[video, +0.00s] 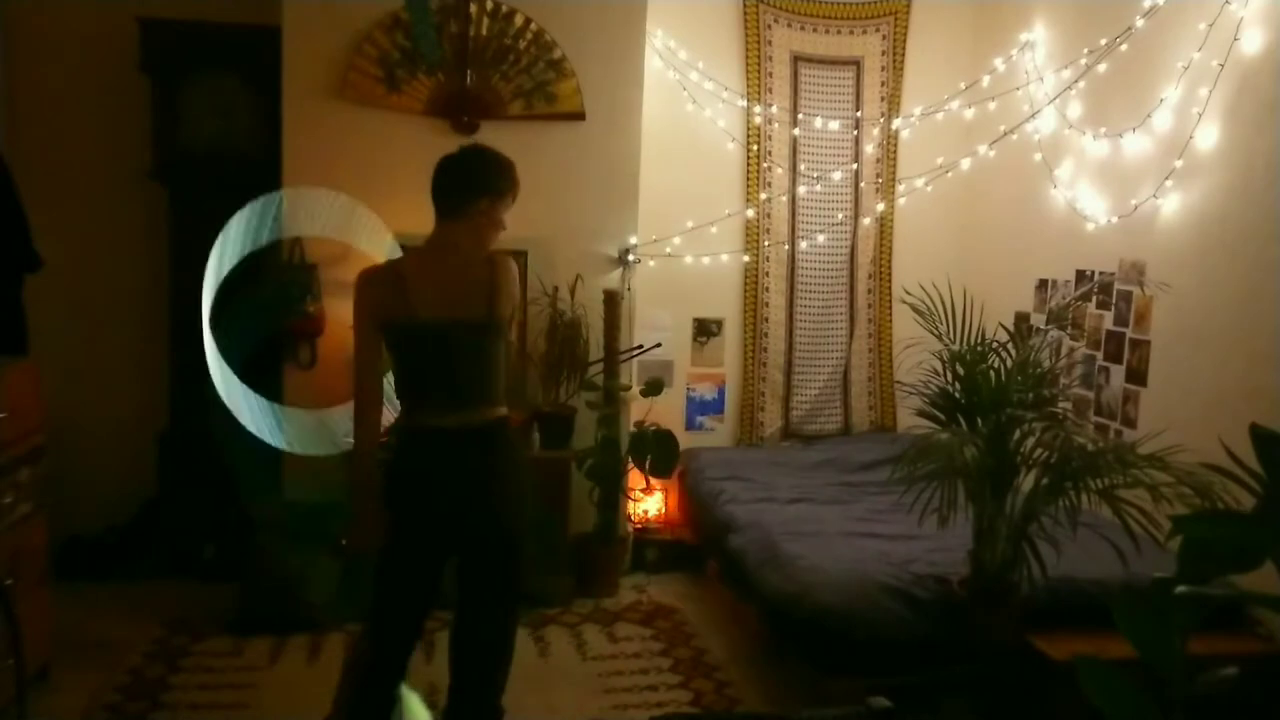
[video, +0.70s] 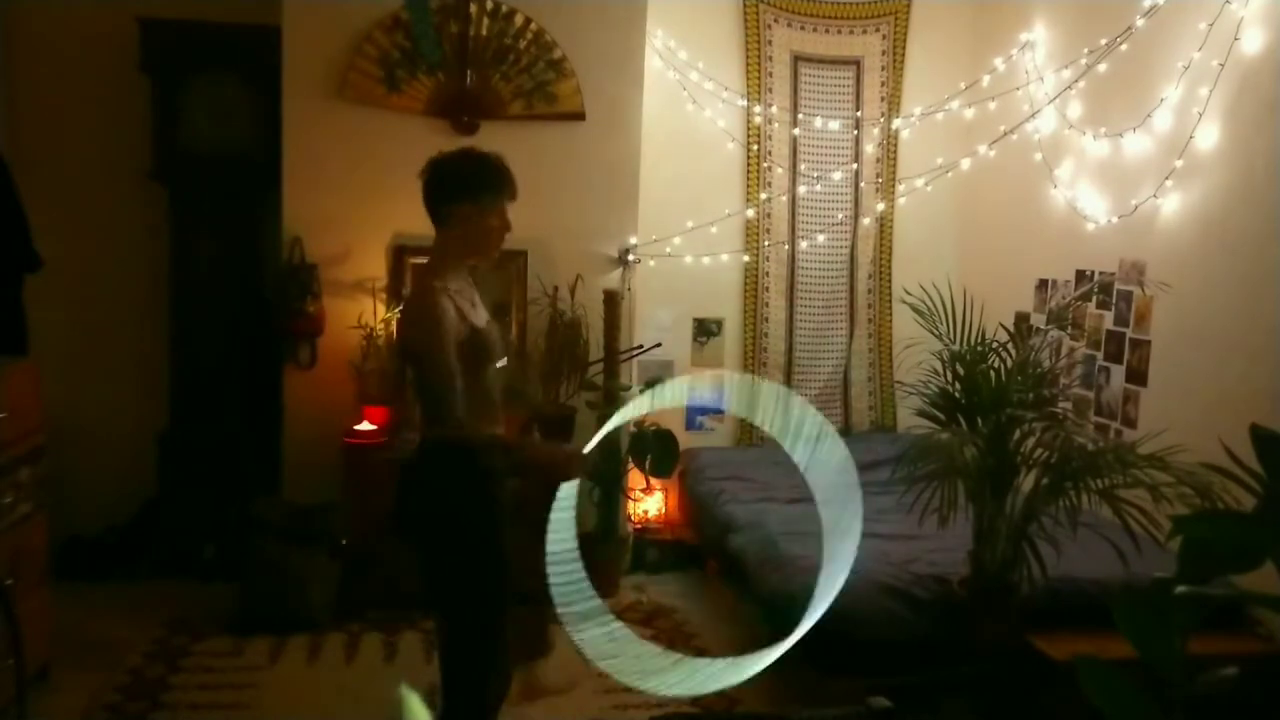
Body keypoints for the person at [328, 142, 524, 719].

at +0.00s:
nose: (504, 222)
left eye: (506, 208)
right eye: (502, 207)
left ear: (441, 203)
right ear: (478, 206)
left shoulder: (380, 283)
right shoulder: (502, 276)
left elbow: (368, 405)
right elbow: (514, 375)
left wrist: (363, 500)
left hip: (416, 465)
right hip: (488, 466)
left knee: (394, 622)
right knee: (486, 628)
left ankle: (361, 710)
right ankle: (475, 711)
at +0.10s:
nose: (503, 224)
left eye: (506, 210)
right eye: (500, 209)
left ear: (441, 204)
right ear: (475, 207)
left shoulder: (378, 283)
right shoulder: (501, 277)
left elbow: (368, 407)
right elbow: (511, 382)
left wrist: (364, 504)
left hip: (413, 470)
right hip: (486, 471)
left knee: (391, 626)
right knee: (484, 636)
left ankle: (347, 710)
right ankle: (473, 711)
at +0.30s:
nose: (496, 221)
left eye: (496, 206)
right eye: (493, 205)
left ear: (430, 198)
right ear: (473, 206)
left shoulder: (371, 281)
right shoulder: (487, 279)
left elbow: (352, 396)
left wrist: (350, 493)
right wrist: (544, 120)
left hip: (400, 461)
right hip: (471, 463)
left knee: (372, 623)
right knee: (477, 629)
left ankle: (341, 711)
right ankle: (467, 711)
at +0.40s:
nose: (497, 225)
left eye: (499, 210)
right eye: (493, 209)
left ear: (435, 204)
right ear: (467, 206)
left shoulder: (380, 286)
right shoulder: (489, 280)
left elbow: (354, 396)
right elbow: (567, 237)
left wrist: (351, 488)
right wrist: (610, 152)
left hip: (402, 462)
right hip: (468, 465)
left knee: (376, 624)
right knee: (477, 628)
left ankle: (341, 713)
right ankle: (462, 713)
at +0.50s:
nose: (500, 229)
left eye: (501, 215)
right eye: (495, 213)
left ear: (445, 210)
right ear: (462, 210)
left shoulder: (414, 284)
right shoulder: (437, 287)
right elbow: (563, 320)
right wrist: (641, 256)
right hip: (451, 469)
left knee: (414, 626)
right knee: (478, 633)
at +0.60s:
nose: (506, 231)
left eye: (506, 216)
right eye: (499, 215)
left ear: (459, 215)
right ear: (461, 212)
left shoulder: (438, 290)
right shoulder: (436, 297)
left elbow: (506, 380)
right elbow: (519, 389)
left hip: (459, 475)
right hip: (455, 479)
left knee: (461, 635)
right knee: (479, 649)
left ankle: (421, 706)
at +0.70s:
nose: (507, 224)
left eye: (506, 210)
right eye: (496, 210)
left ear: (466, 216)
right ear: (458, 213)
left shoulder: (465, 290)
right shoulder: (436, 300)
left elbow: (480, 403)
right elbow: (448, 425)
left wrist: (533, 426)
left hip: (476, 477)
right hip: (451, 485)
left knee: (485, 654)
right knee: (475, 664)